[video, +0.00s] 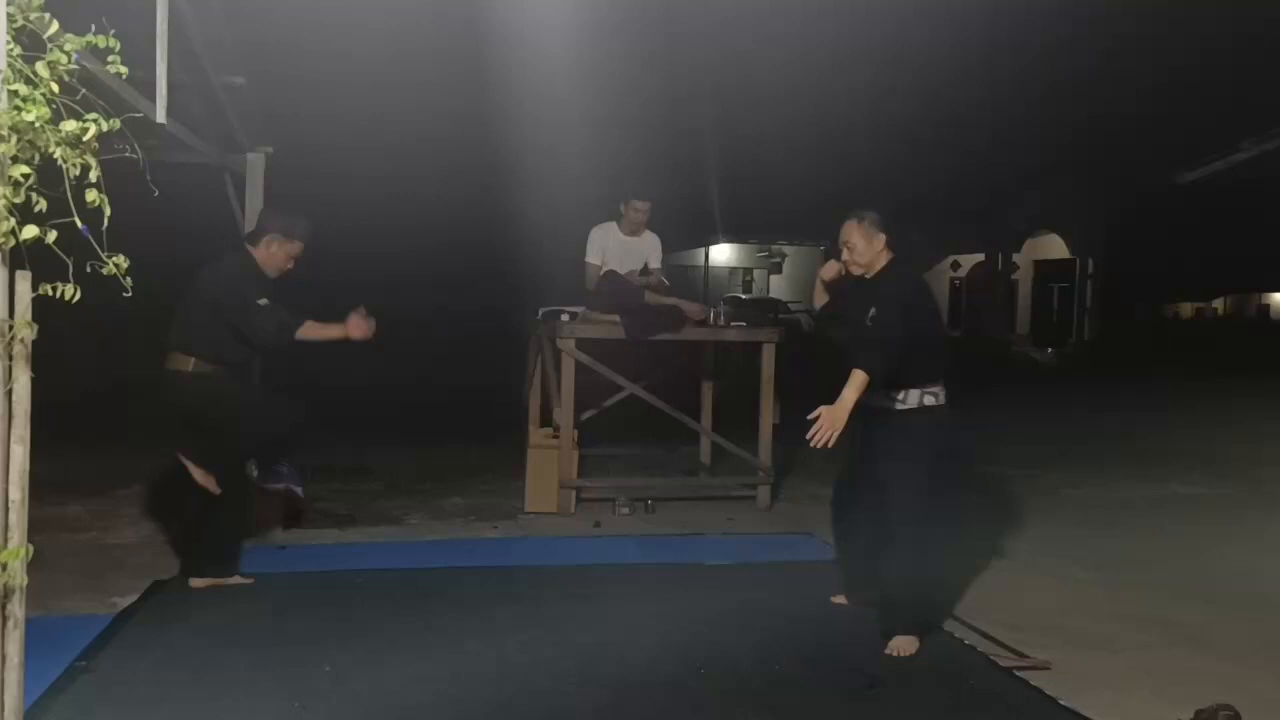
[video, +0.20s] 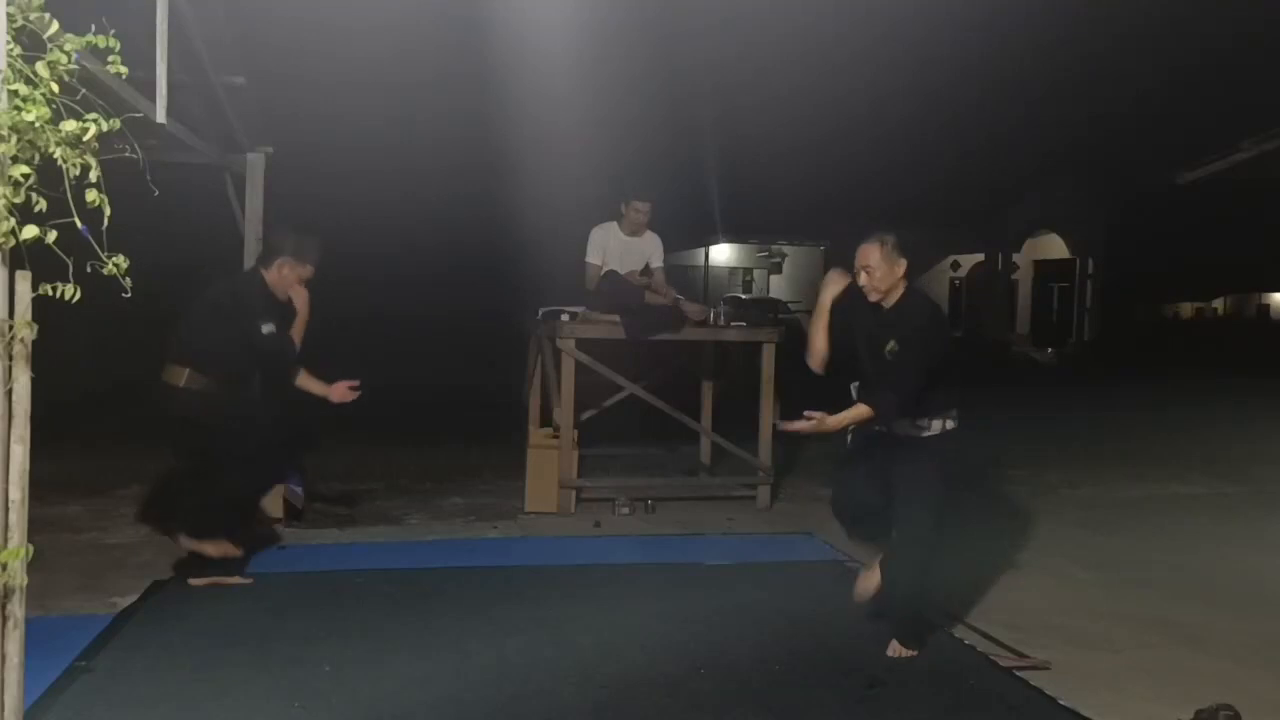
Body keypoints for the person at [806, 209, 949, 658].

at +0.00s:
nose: (845, 255)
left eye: (851, 246)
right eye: (843, 247)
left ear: (880, 242)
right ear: (868, 246)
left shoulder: (900, 285)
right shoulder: (867, 286)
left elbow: (875, 349)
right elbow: (833, 324)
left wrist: (843, 405)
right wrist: (823, 284)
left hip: (916, 416)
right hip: (875, 413)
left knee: (908, 514)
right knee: (852, 497)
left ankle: (910, 621)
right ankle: (861, 584)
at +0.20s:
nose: (863, 279)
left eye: (871, 270)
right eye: (859, 270)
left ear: (900, 269)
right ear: (856, 271)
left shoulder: (923, 318)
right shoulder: (856, 305)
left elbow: (897, 394)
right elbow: (817, 362)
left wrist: (835, 422)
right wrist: (824, 303)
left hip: (924, 436)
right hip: (875, 429)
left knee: (912, 531)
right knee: (850, 502)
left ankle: (909, 629)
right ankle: (887, 552)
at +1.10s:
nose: (880, 217)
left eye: (892, 209)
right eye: (877, 210)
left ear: (920, 220)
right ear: (872, 221)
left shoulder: (936, 265)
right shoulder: (860, 261)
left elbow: (896, 285)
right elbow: (785, 264)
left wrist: (828, 286)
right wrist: (821, 223)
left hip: (915, 410)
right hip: (859, 406)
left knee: (906, 513)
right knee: (862, 511)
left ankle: (898, 620)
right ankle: (868, 614)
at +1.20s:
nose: (880, 220)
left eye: (892, 212)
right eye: (878, 213)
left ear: (921, 222)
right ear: (876, 223)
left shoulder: (939, 269)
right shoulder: (864, 272)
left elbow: (898, 281)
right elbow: (804, 281)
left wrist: (837, 274)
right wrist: (760, 247)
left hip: (914, 413)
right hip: (859, 410)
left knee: (904, 516)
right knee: (857, 512)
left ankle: (896, 622)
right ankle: (868, 616)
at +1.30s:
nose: (879, 220)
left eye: (891, 212)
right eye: (877, 214)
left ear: (920, 221)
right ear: (874, 223)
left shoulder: (939, 267)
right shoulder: (857, 271)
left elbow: (896, 277)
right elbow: (800, 299)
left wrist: (833, 267)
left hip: (915, 413)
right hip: (856, 410)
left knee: (905, 516)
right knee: (853, 513)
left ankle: (896, 623)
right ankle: (867, 615)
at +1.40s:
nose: (873, 220)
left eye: (884, 212)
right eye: (870, 213)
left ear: (913, 222)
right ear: (866, 225)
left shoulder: (934, 269)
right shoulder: (851, 275)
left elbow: (891, 283)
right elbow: (803, 329)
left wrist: (822, 274)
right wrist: (841, 335)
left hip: (914, 412)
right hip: (856, 408)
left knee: (905, 516)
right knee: (857, 513)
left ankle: (895, 621)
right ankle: (868, 617)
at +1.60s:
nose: (865, 220)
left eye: (876, 212)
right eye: (862, 214)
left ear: (904, 222)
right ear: (858, 226)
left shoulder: (926, 269)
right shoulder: (853, 268)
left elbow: (887, 299)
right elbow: (827, 301)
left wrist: (824, 313)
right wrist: (864, 256)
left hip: (913, 410)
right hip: (856, 406)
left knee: (906, 515)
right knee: (856, 511)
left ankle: (895, 620)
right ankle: (867, 616)